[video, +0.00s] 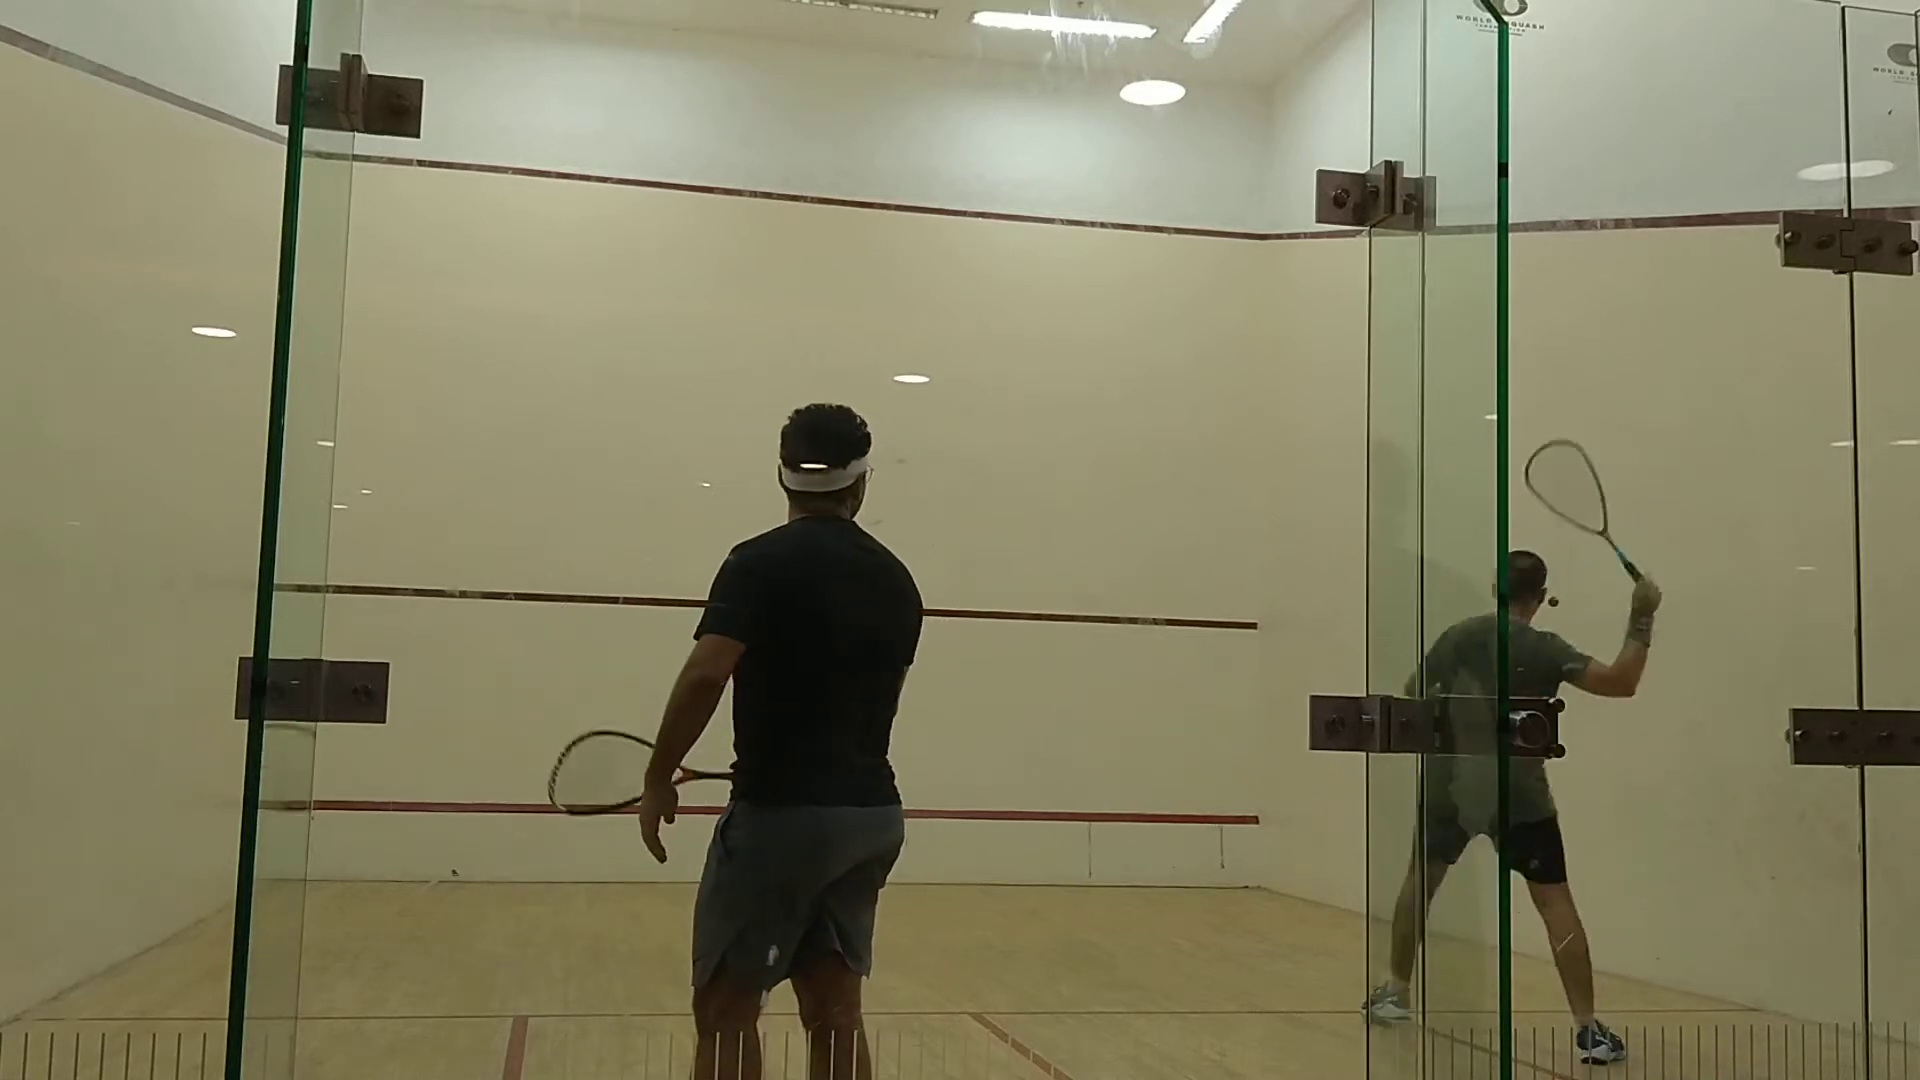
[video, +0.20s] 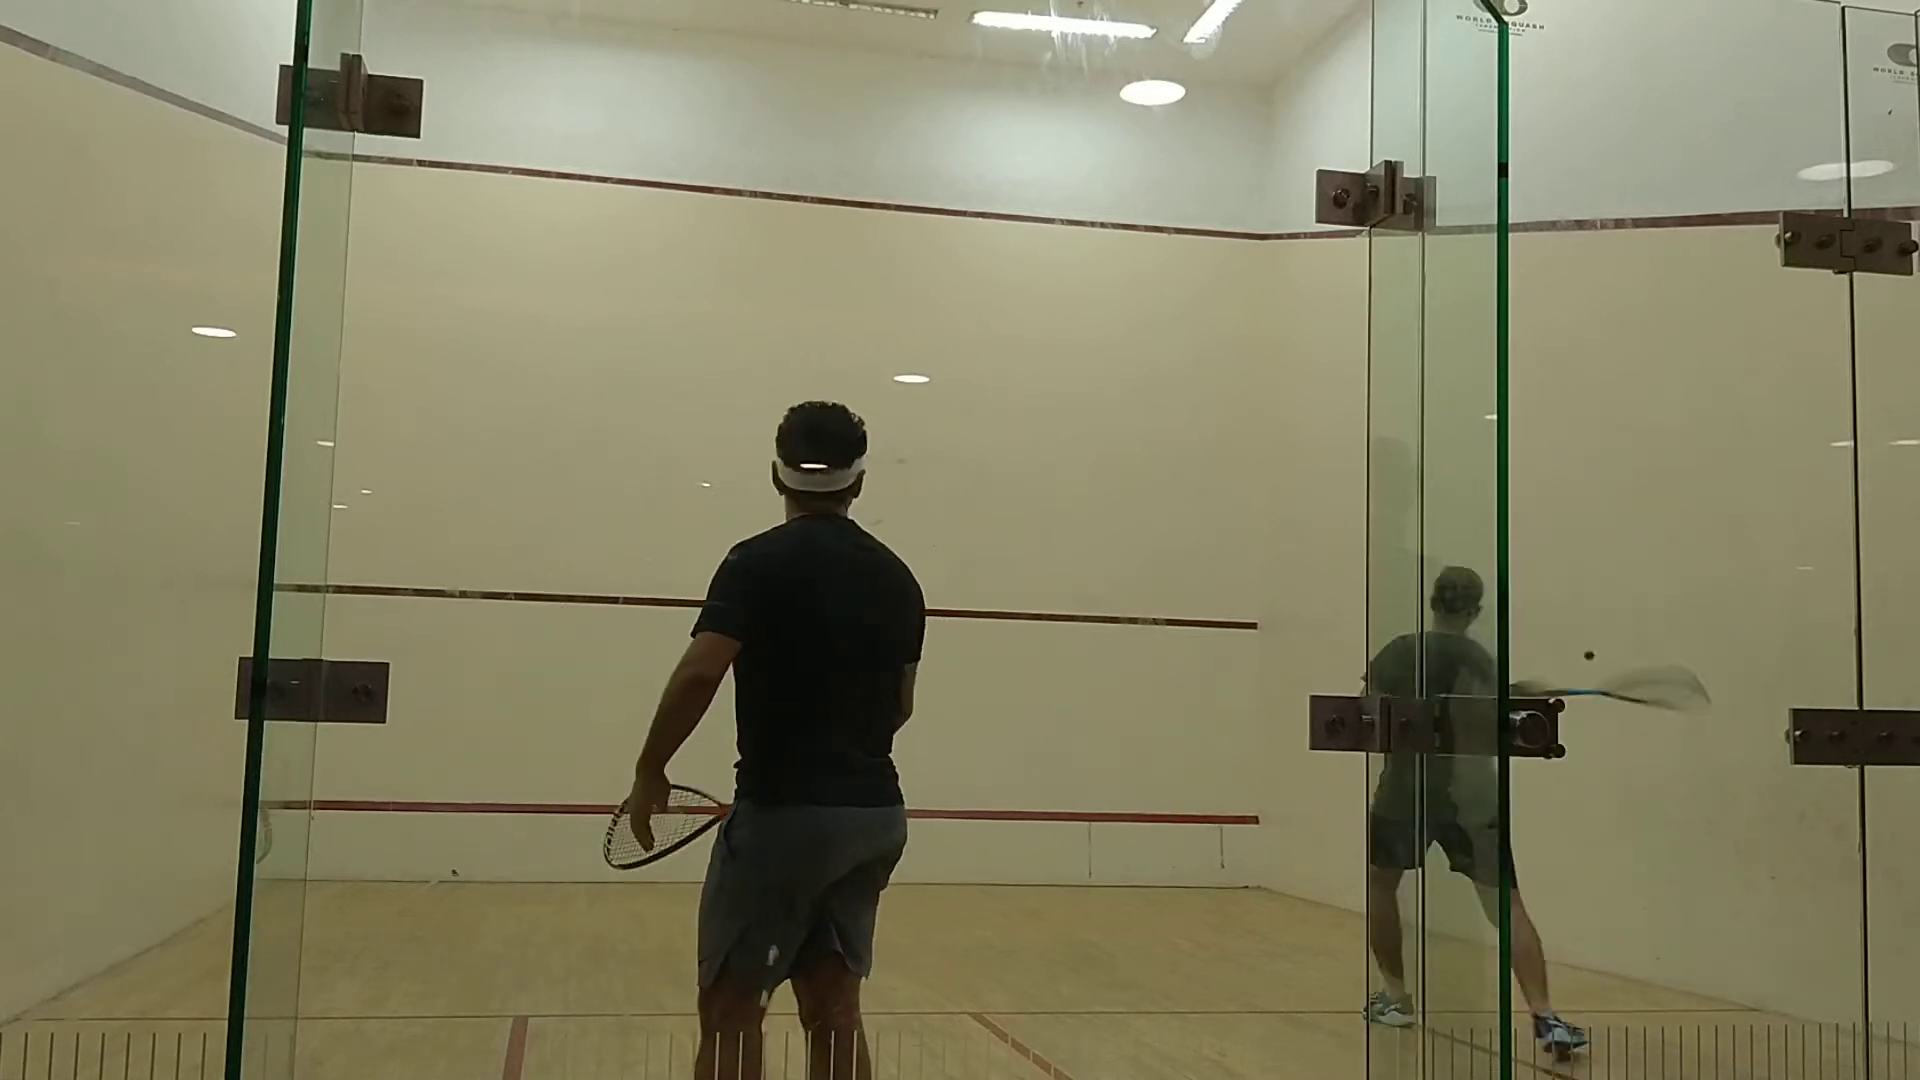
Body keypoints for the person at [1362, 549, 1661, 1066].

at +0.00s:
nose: (1545, 599)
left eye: (1540, 591)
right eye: (1544, 593)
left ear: (1495, 591)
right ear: (1540, 597)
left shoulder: (1454, 638)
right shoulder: (1541, 647)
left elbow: (1410, 701)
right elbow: (1621, 682)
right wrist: (1641, 617)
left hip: (1448, 791)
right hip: (1518, 795)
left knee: (1419, 884)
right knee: (1556, 905)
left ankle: (1395, 992)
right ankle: (1588, 1030)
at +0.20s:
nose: (1462, 611)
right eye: (1472, 604)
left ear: (1432, 602)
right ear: (1476, 609)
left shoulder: (1396, 653)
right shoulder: (1486, 665)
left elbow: (1367, 716)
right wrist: (1528, 703)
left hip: (1401, 796)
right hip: (1472, 802)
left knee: (1381, 891)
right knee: (1508, 907)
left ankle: (1396, 999)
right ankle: (1546, 1021)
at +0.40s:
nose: (1378, 593)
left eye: (1381, 586)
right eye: (1382, 586)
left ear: (1392, 589)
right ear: (1422, 591)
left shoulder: (1400, 638)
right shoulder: (1438, 640)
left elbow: (1387, 704)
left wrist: (1347, 745)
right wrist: (1329, 742)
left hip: (1408, 792)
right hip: (1448, 792)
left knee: (1393, 889)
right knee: (1434, 894)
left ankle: (1396, 995)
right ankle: (1461, 1006)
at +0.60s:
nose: (1362, 595)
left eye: (1366, 587)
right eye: (1364, 587)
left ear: (1381, 592)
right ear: (1398, 591)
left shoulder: (1420, 643)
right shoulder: (1386, 651)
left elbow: (1447, 704)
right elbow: (1374, 717)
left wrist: (1416, 758)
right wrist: (1336, 758)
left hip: (1418, 788)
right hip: (1414, 788)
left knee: (1346, 871)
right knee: (1422, 892)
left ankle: (1375, 976)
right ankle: (1475, 1002)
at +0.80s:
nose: (1332, 587)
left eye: (1341, 581)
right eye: (1336, 579)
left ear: (1367, 591)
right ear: (1362, 591)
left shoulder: (1393, 643)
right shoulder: (1357, 650)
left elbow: (1441, 705)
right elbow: (1343, 723)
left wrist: (1437, 772)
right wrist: (1307, 777)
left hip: (1386, 790)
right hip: (1388, 789)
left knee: (1323, 875)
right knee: (1403, 896)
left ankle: (1332, 1009)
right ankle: (1472, 1001)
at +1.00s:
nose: (1291, 586)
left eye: (1302, 580)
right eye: (1294, 579)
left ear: (1332, 593)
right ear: (1318, 592)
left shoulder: (1348, 648)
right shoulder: (1310, 650)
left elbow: (1376, 727)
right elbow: (1308, 735)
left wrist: (1355, 790)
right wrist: (1286, 793)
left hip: (1341, 797)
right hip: (1337, 794)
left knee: (1290, 895)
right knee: (1378, 900)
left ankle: (1328, 1026)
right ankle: (1453, 992)